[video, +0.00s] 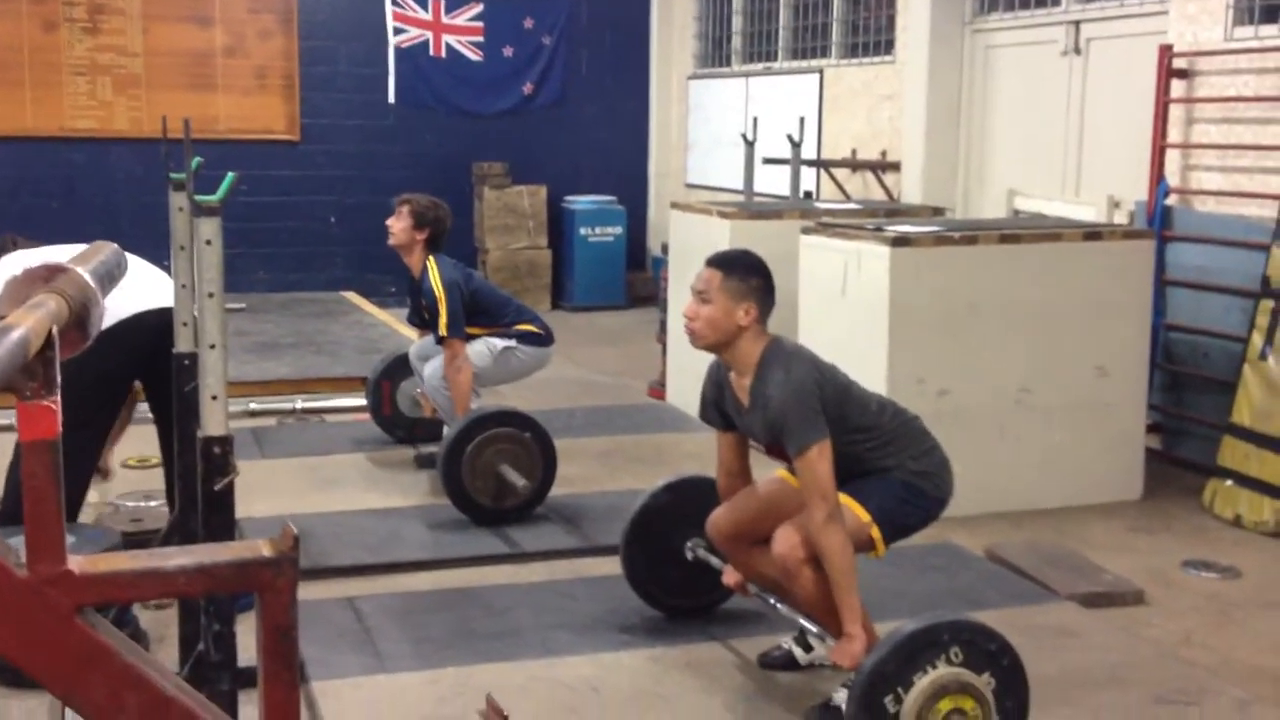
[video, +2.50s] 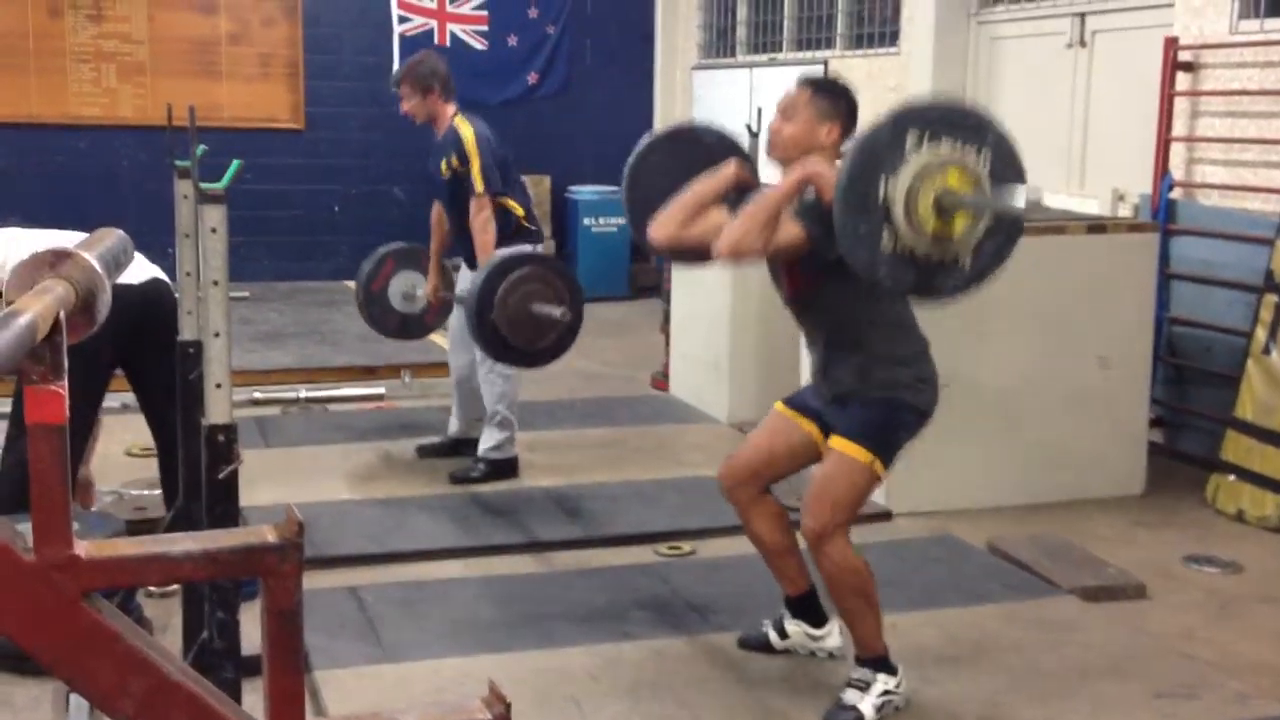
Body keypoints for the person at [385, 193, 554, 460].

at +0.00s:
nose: (388, 222)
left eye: (399, 217)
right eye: (393, 215)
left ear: (421, 233)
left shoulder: (441, 280)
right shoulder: (421, 277)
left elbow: (457, 358)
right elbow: (425, 338)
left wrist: (463, 427)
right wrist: (428, 394)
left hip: (525, 342)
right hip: (500, 337)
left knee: (437, 376)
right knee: (421, 354)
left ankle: (477, 440)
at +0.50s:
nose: (363, 184)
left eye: (374, 177)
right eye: (367, 176)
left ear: (398, 191)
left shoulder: (427, 235)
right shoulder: (406, 235)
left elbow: (443, 311)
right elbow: (412, 298)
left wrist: (448, 380)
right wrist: (412, 357)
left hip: (514, 287)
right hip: (488, 286)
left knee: (429, 339)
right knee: (413, 325)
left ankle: (456, 424)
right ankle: (438, 413)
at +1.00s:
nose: (370, 76)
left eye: (379, 69)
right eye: (374, 68)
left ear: (406, 79)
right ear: (398, 79)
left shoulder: (432, 126)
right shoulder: (407, 129)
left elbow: (448, 198)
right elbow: (406, 194)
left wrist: (449, 269)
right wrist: (405, 257)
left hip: (494, 231)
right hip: (456, 231)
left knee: (470, 321)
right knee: (432, 315)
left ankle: (473, 428)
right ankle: (441, 411)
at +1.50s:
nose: (445, 80)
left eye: (455, 75)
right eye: (449, 73)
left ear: (477, 90)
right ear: (463, 91)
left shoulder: (499, 127)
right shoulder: (458, 133)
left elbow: (533, 164)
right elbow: (440, 154)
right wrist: (420, 163)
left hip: (496, 257)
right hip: (462, 255)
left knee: (448, 344)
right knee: (414, 332)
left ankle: (486, 440)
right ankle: (447, 422)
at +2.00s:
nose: (444, 51)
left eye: (453, 45)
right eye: (447, 44)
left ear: (477, 60)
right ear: (466, 61)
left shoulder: (491, 111)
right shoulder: (454, 115)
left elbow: (505, 183)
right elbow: (449, 186)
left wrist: (499, 250)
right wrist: (439, 246)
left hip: (498, 246)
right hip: (468, 247)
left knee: (498, 338)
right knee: (456, 332)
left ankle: (500, 440)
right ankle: (463, 421)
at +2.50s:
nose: (402, 108)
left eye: (406, 98)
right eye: (401, 99)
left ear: (432, 92)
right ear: (431, 95)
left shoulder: (469, 134)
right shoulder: (444, 139)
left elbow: (484, 212)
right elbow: (442, 208)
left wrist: (492, 280)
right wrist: (434, 273)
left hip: (509, 254)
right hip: (474, 256)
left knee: (494, 353)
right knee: (461, 347)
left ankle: (500, 450)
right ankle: (465, 432)